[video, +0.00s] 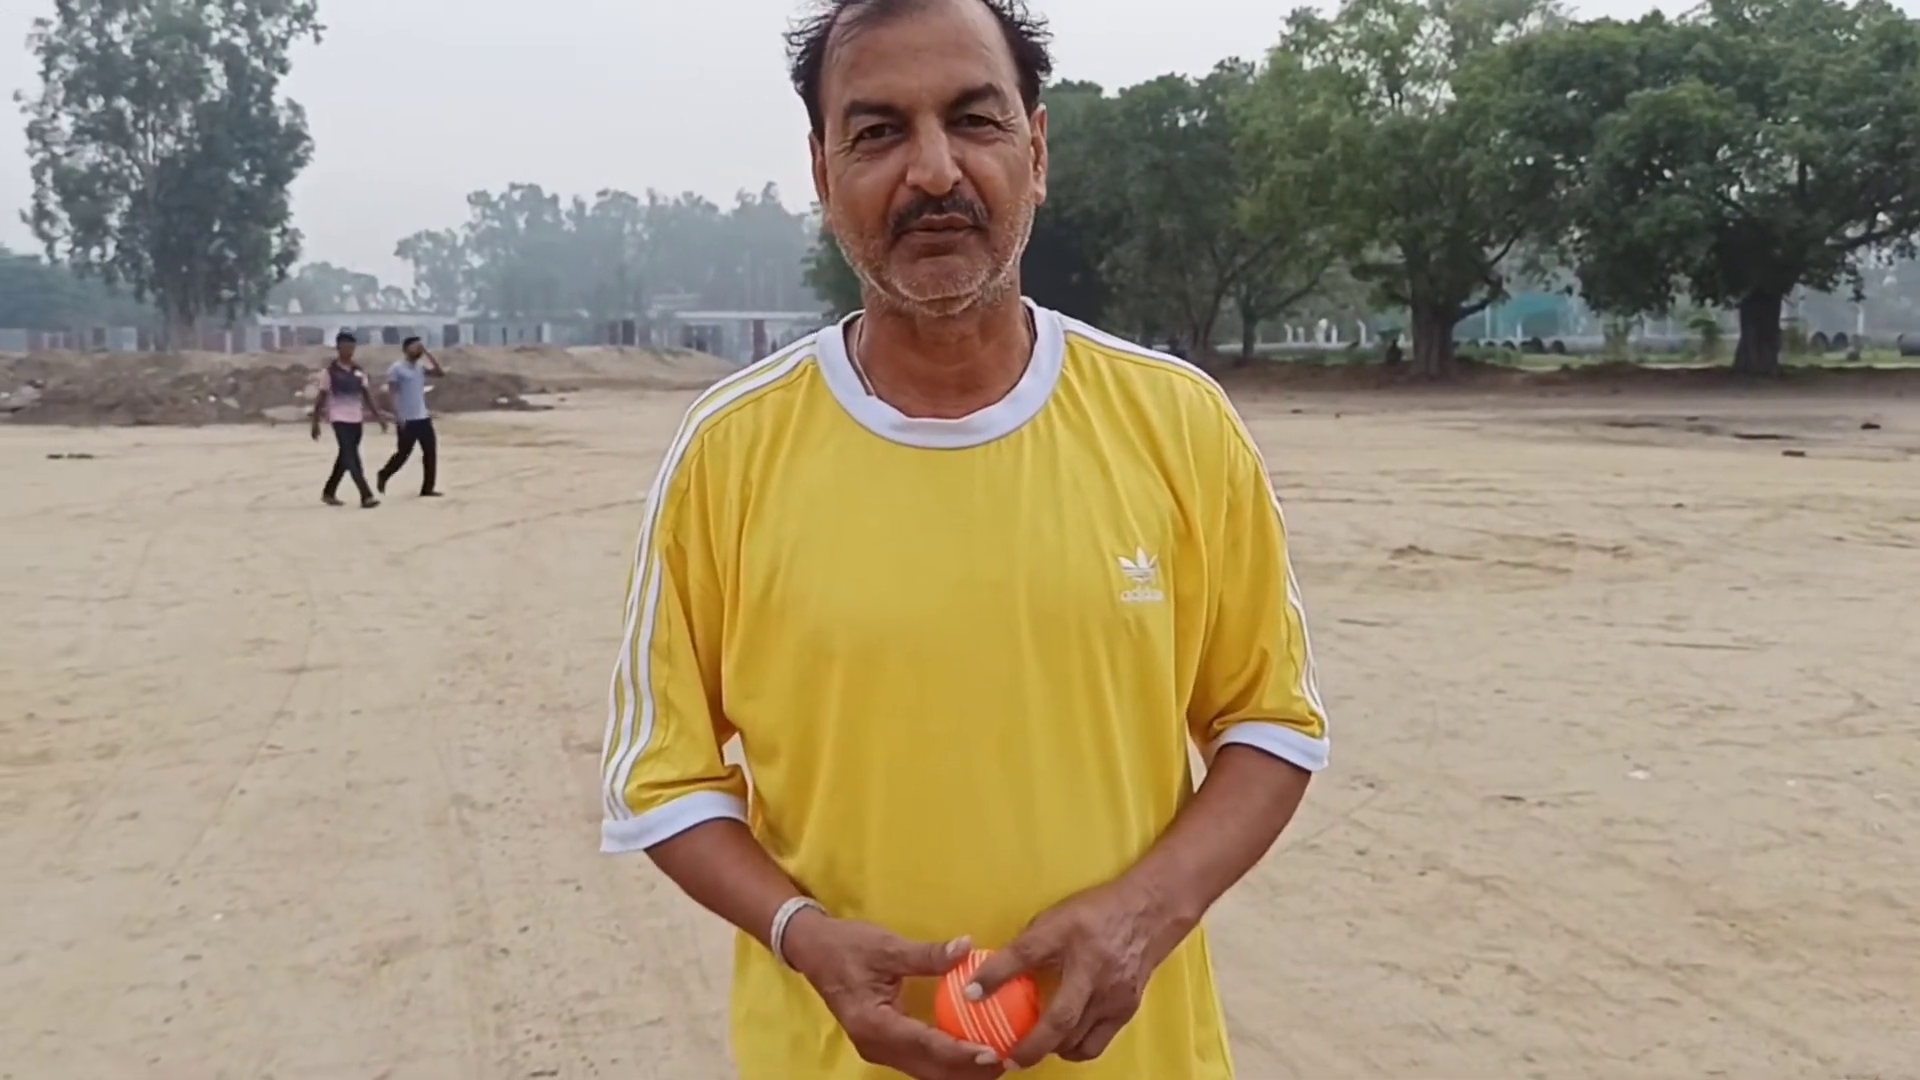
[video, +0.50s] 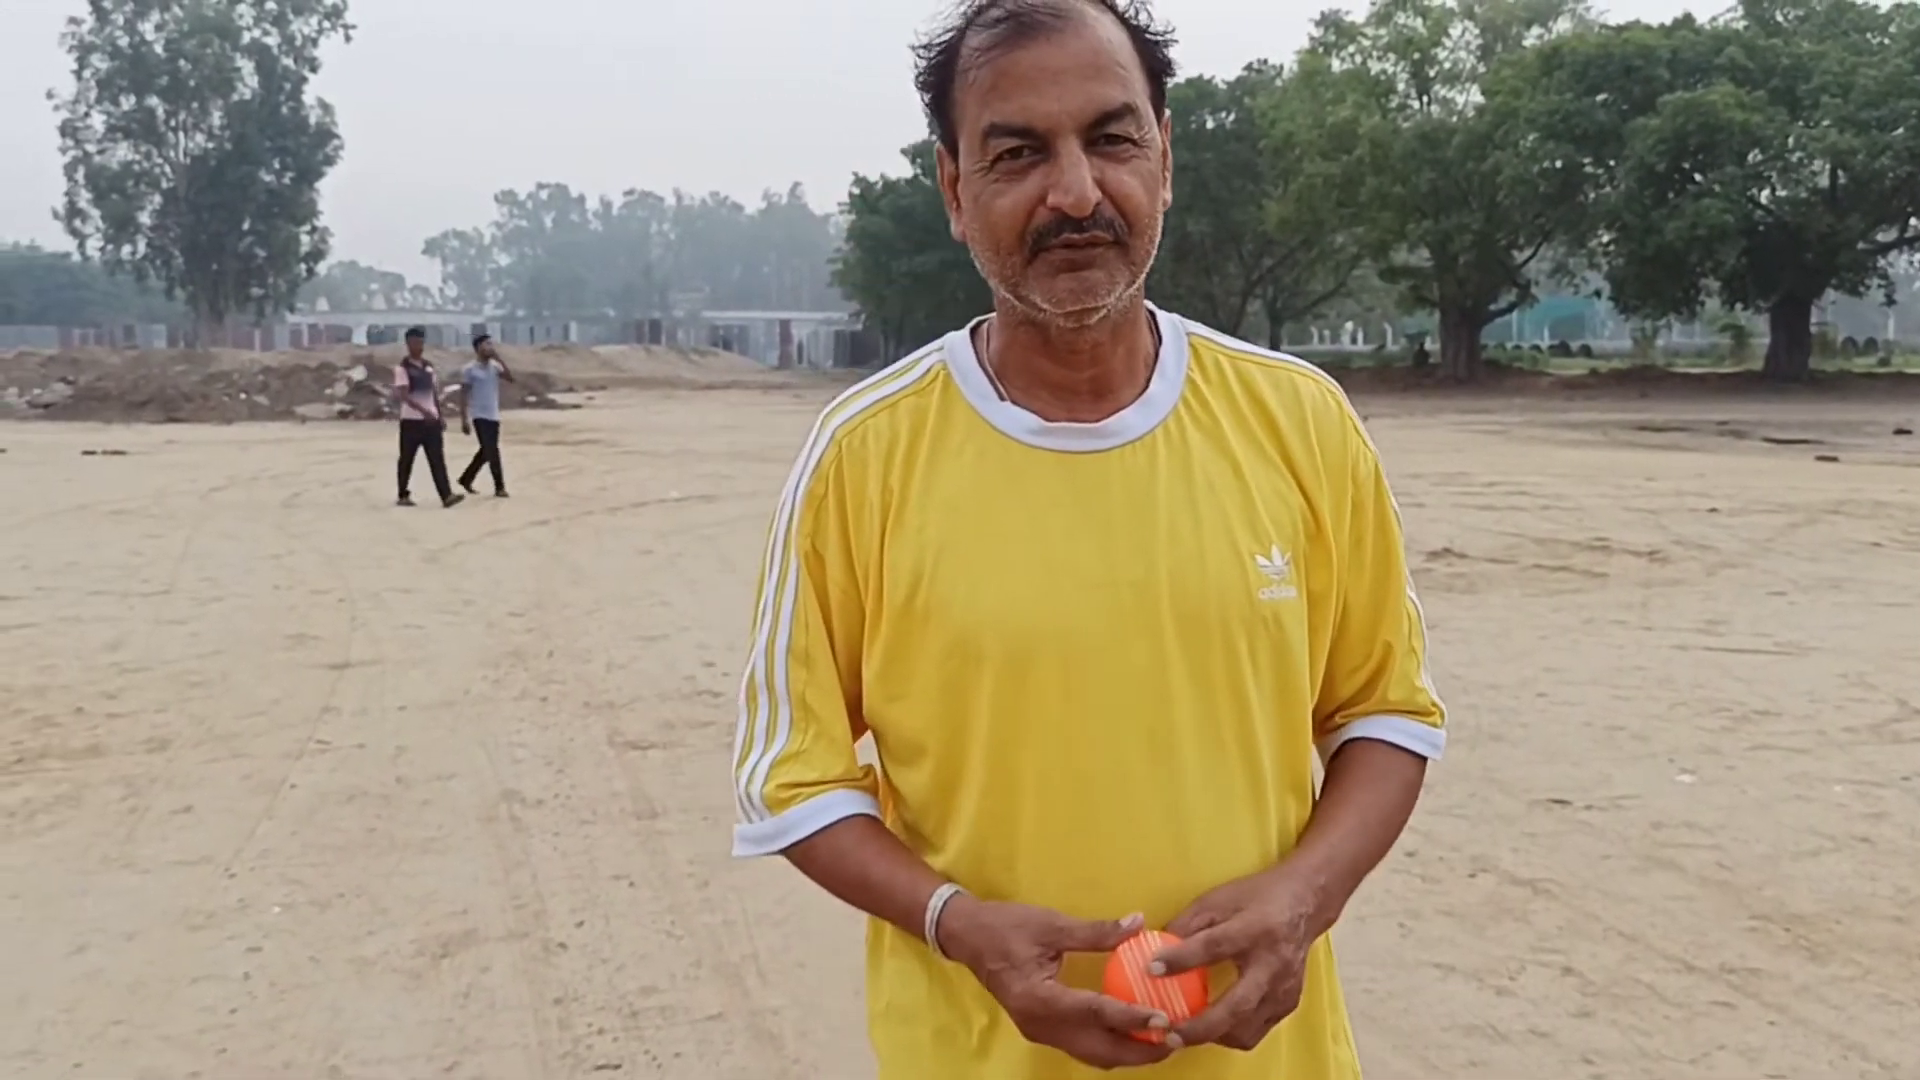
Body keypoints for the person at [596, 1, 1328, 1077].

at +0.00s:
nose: (935, 170)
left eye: (976, 120)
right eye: (879, 132)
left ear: (1037, 157)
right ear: (822, 181)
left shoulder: (1180, 423)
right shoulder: (729, 447)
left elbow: (1276, 723)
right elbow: (658, 773)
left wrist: (1145, 909)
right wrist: (802, 933)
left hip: (1140, 1048)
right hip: (831, 1053)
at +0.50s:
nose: (1075, 191)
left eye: (1113, 140)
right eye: (1020, 153)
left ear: (1165, 164)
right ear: (954, 195)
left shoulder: (1302, 422)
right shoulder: (862, 454)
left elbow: (1392, 712)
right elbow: (789, 774)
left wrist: (1301, 893)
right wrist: (962, 924)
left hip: (1272, 1049)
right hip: (976, 1054)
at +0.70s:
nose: (1154, 247)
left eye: (1193, 188)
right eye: (1099, 201)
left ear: (1238, 170)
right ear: (1025, 199)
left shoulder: (1364, 421)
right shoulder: (931, 449)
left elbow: (1462, 707)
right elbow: (854, 774)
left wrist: (1399, 846)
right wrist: (1028, 879)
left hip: (1332, 1048)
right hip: (1043, 1053)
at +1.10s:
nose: (1275, 248)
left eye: (1314, 192)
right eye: (1220, 203)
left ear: (1353, 180)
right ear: (1146, 200)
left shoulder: (1467, 416)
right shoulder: (1043, 435)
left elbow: (1574, 691)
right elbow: (936, 755)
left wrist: (1526, 775)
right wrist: (1133, 781)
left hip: (1423, 1039)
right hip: (1140, 1046)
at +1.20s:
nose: (1291, 239)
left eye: (1329, 183)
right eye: (1237, 194)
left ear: (1369, 173)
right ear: (1162, 194)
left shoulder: (1479, 414)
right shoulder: (1058, 432)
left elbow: (1591, 690)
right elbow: (941, 742)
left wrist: (1543, 751)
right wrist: (1159, 755)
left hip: (1433, 1035)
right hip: (1150, 1043)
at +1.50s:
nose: (1300, 184)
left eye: (1335, 140)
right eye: (1245, 147)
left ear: (1378, 176)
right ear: (1177, 191)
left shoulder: (1489, 425)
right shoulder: (1070, 437)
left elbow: (1642, 720)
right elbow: (926, 719)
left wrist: (1573, 714)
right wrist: (1187, 700)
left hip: (1435, 1032)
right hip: (1157, 1038)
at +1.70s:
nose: (1293, 209)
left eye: (1328, 164)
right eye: (1242, 170)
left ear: (1370, 192)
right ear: (1172, 209)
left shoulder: (1478, 435)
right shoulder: (1060, 445)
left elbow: (1657, 730)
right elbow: (895, 693)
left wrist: (1567, 694)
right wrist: (1172, 680)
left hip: (1421, 1034)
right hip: (1144, 1037)